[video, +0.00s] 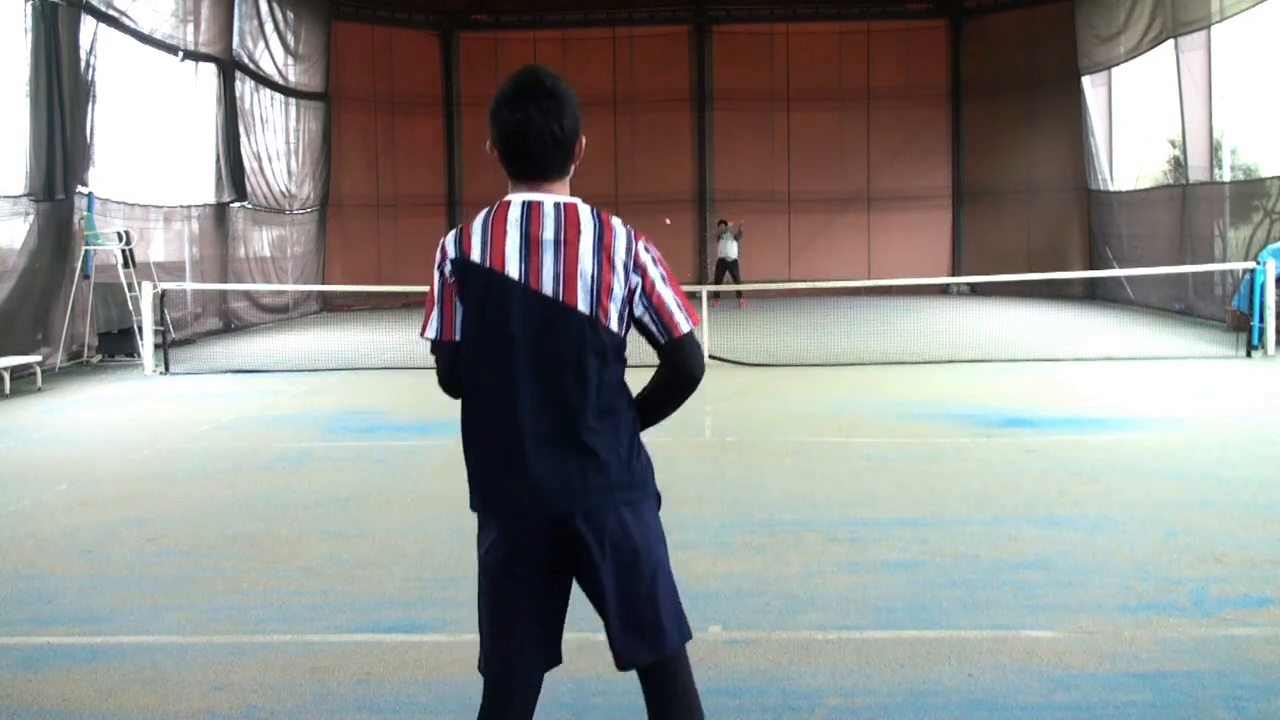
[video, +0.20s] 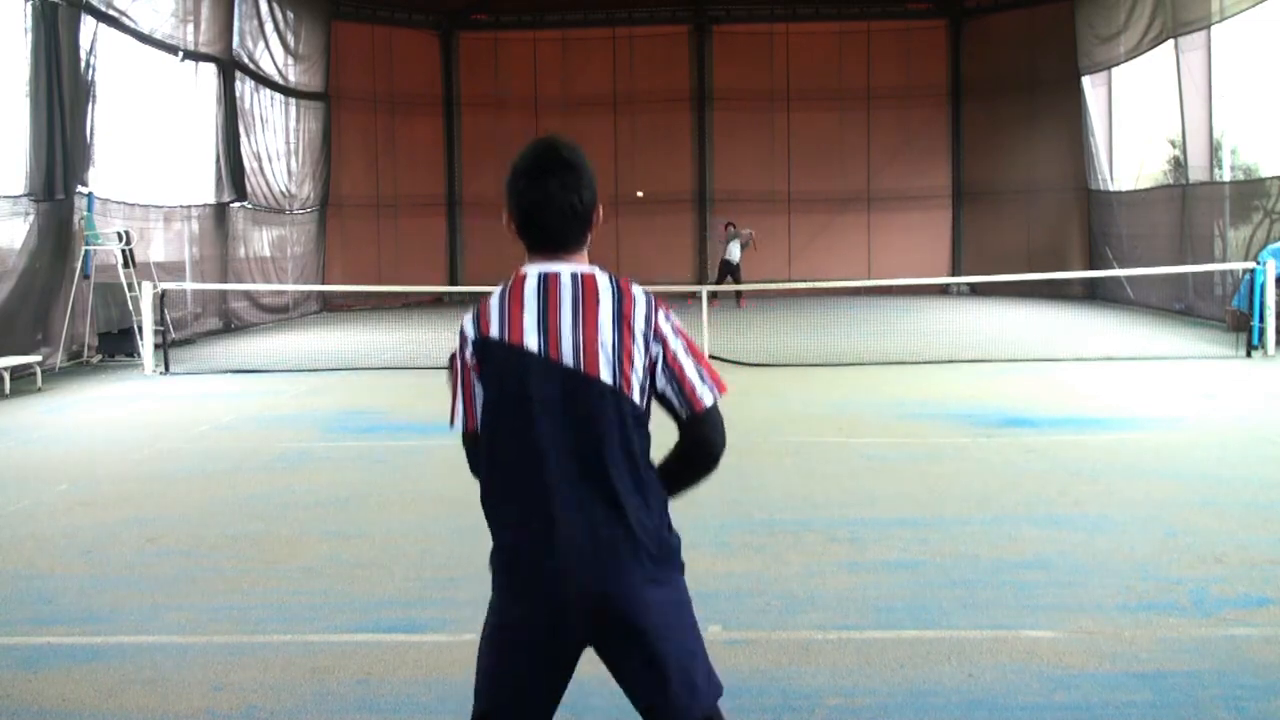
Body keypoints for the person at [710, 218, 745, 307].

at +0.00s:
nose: (721, 228)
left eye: (722, 226)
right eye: (720, 227)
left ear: (726, 227)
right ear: (718, 228)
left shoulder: (732, 235)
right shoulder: (719, 236)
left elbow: (738, 237)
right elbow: (718, 233)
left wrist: (740, 230)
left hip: (733, 259)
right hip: (722, 258)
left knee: (737, 279)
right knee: (717, 279)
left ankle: (740, 298)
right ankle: (716, 298)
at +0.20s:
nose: (730, 231)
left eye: (731, 229)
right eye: (728, 229)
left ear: (734, 229)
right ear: (726, 231)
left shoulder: (739, 243)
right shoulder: (728, 239)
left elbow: (745, 244)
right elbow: (736, 234)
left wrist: (749, 238)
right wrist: (746, 232)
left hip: (735, 264)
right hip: (726, 261)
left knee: (738, 283)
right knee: (719, 281)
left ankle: (739, 301)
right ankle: (713, 297)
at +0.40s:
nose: (736, 231)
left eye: (737, 229)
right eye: (734, 229)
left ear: (739, 230)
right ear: (731, 230)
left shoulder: (739, 240)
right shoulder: (733, 237)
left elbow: (742, 246)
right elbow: (739, 240)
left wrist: (747, 245)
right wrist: (749, 241)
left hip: (735, 264)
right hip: (727, 261)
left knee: (738, 283)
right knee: (720, 281)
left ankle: (738, 300)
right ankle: (713, 296)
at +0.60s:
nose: (734, 234)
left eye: (735, 232)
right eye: (732, 232)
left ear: (738, 233)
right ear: (729, 233)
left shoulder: (738, 243)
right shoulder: (729, 243)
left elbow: (736, 253)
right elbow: (737, 253)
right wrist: (748, 256)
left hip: (734, 266)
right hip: (725, 265)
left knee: (738, 284)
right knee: (722, 283)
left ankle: (738, 301)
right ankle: (713, 298)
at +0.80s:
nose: (728, 234)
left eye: (729, 231)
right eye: (726, 232)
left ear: (731, 233)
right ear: (723, 233)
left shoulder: (733, 243)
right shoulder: (720, 242)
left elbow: (735, 252)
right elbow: (717, 253)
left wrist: (734, 258)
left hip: (729, 264)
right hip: (719, 264)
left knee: (734, 282)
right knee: (719, 282)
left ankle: (737, 300)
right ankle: (716, 299)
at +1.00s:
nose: (722, 230)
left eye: (724, 227)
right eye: (721, 227)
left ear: (727, 229)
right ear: (718, 229)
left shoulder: (729, 239)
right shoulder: (715, 239)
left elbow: (730, 251)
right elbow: (710, 251)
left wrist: (736, 249)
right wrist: (721, 254)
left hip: (725, 263)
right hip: (715, 262)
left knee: (727, 282)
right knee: (715, 281)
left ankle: (723, 299)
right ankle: (714, 299)